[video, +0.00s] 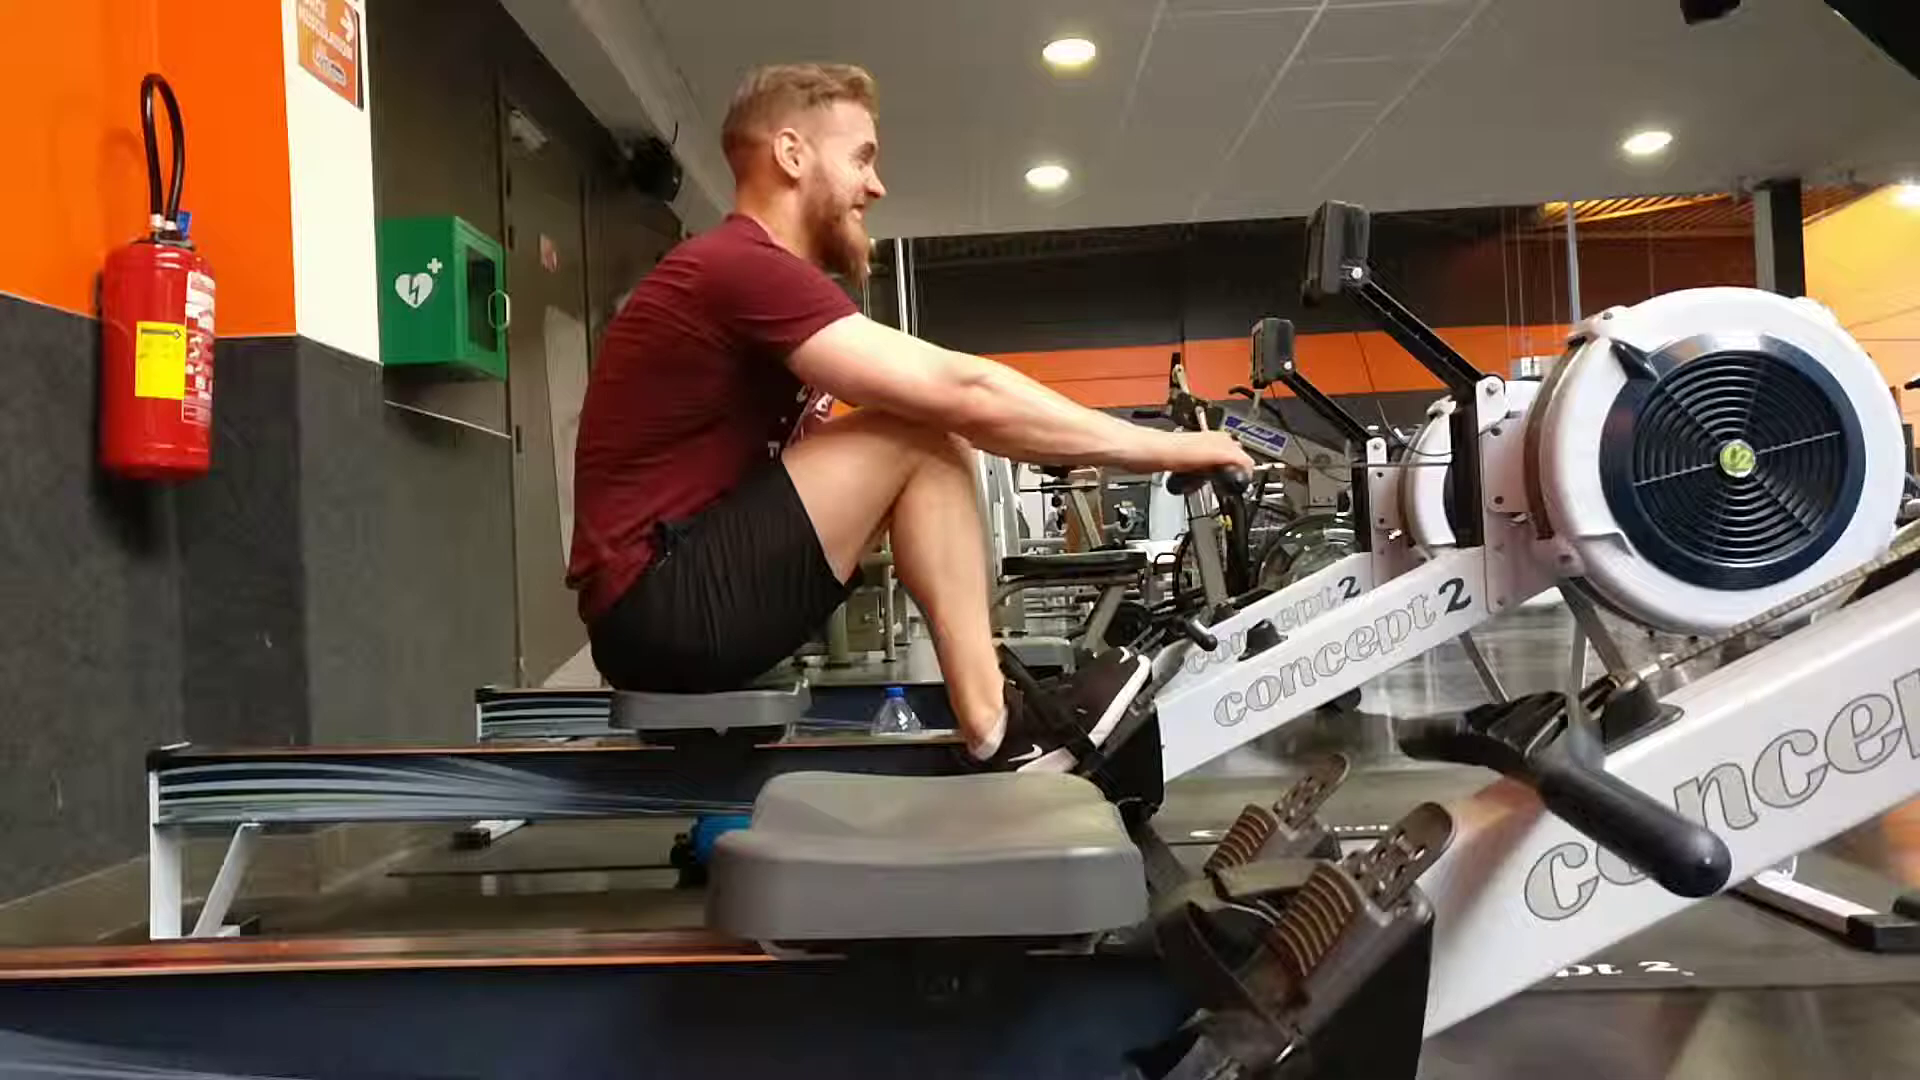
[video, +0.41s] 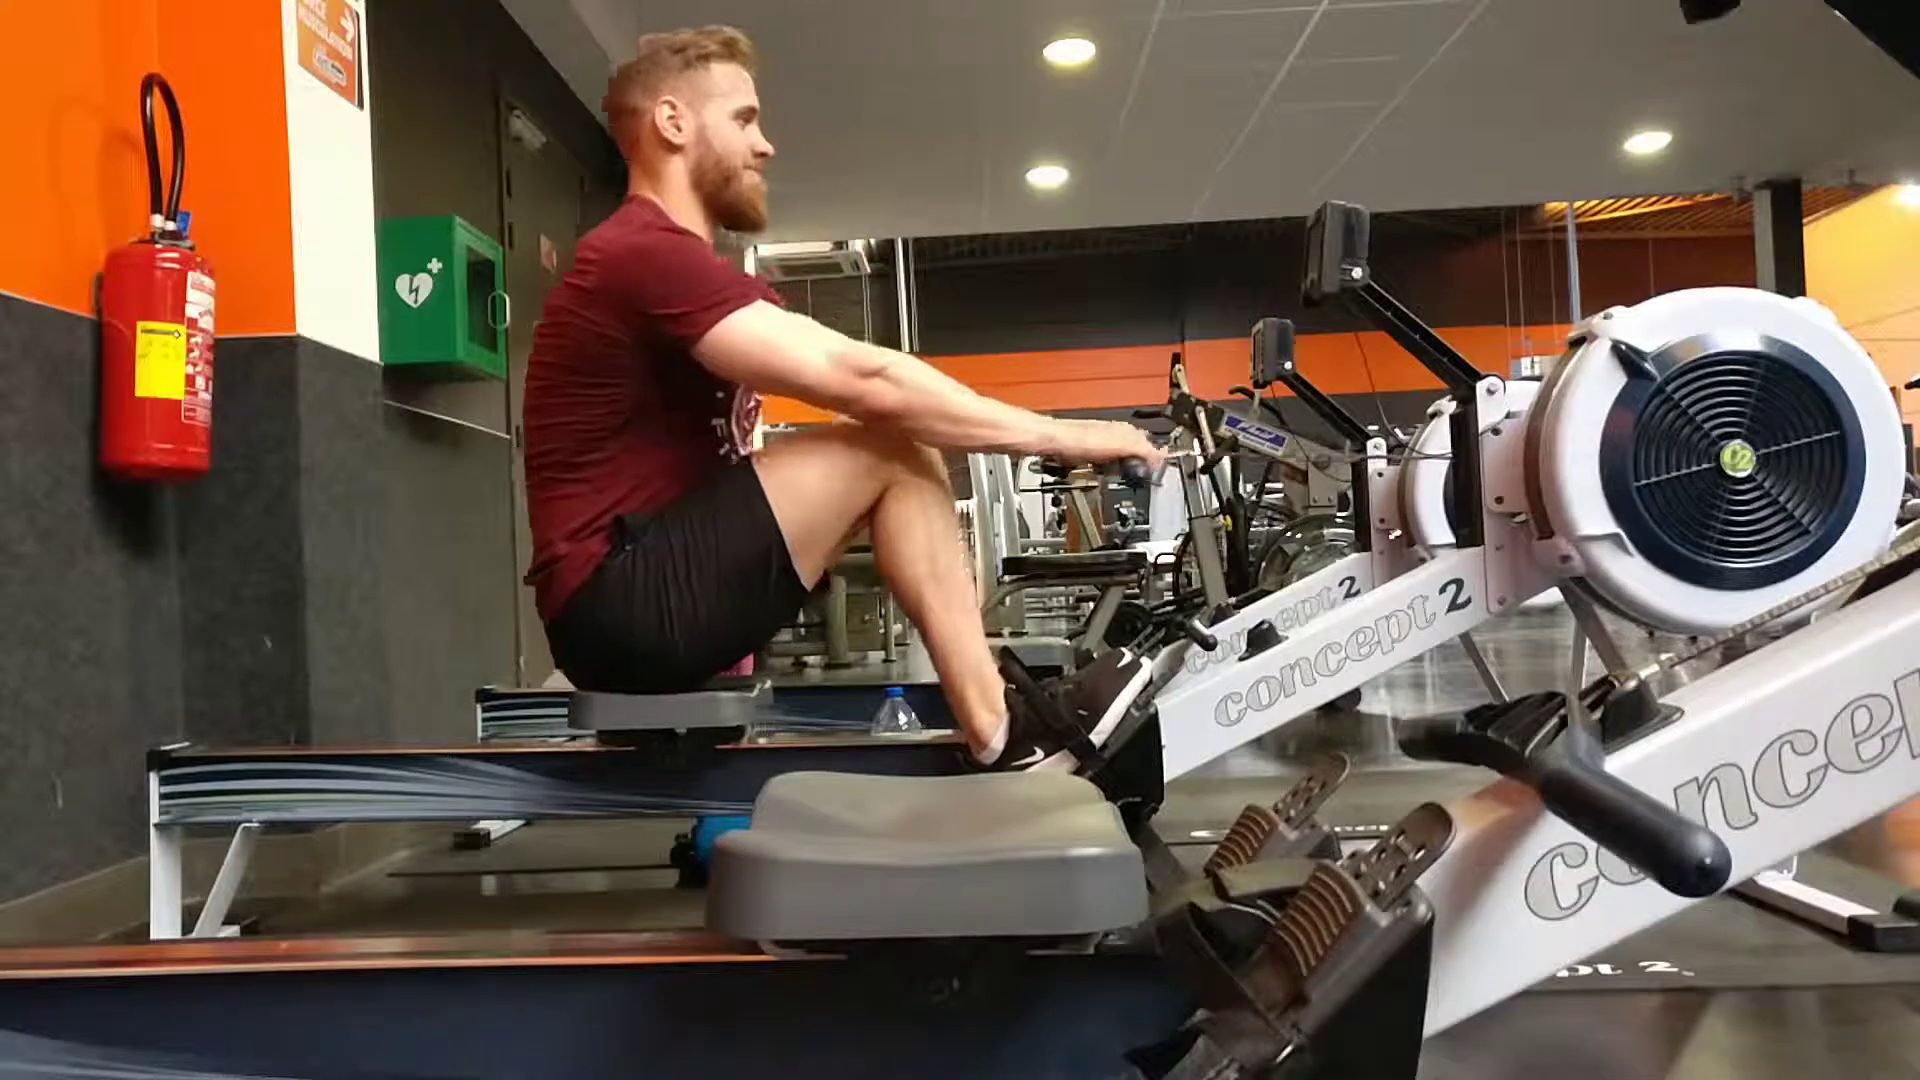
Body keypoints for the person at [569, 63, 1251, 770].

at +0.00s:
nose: (876, 185)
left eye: (875, 162)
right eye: (862, 156)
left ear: (793, 158)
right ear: (790, 152)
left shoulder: (755, 273)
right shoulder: (743, 267)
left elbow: (961, 384)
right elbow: (966, 399)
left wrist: (1133, 438)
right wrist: (1160, 449)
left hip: (672, 605)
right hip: (662, 613)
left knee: (925, 427)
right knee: (921, 433)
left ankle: (990, 714)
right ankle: (991, 731)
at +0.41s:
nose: (767, 144)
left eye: (760, 122)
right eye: (744, 119)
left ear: (674, 129)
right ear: (670, 124)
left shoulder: (676, 260)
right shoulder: (644, 254)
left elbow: (856, 381)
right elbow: (866, 384)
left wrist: (1040, 436)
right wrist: (1052, 434)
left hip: (642, 592)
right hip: (621, 603)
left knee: (896, 445)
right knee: (891, 452)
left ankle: (999, 710)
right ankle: (997, 736)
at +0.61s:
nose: (653, 137)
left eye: (647, 114)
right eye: (631, 110)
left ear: (560, 122)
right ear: (555, 117)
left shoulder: (577, 255)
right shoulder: (537, 251)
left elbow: (758, 357)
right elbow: (755, 360)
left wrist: (952, 407)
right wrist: (962, 407)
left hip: (588, 592)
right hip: (564, 602)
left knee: (860, 459)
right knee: (853, 463)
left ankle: (992, 716)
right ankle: (996, 732)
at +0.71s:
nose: (584, 136)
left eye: (579, 114)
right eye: (564, 111)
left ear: (493, 116)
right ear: (485, 113)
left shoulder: (516, 259)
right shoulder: (471, 252)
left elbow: (696, 363)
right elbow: (692, 362)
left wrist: (865, 416)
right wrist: (900, 406)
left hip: (556, 586)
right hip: (521, 599)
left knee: (837, 475)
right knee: (821, 478)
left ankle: (999, 715)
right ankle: (994, 737)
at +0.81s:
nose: (512, 137)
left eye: (507, 116)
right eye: (491, 112)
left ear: (421, 126)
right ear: (408, 118)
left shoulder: (465, 268)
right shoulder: (401, 262)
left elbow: (622, 363)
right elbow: (609, 366)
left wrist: (819, 412)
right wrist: (820, 409)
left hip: (523, 585)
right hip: (485, 603)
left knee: (806, 499)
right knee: (796, 502)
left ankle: (996, 716)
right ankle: (997, 739)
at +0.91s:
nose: (431, 150)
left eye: (427, 127)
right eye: (410, 125)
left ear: (349, 133)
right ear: (326, 133)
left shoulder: (387, 276)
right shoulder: (319, 273)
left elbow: (544, 379)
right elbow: (524, 377)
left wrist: (744, 410)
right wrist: (754, 407)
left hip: (485, 589)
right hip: (450, 605)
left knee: (772, 518)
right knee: (767, 519)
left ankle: (988, 722)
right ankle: (992, 735)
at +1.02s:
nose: (364, 166)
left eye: (361, 145)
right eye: (340, 142)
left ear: (291, 152)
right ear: (255, 151)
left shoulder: (334, 291)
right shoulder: (248, 290)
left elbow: (502, 406)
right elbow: (424, 410)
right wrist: (649, 405)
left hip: (459, 580)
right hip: (413, 606)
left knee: (749, 547)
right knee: (743, 549)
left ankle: (999, 730)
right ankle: (1000, 745)